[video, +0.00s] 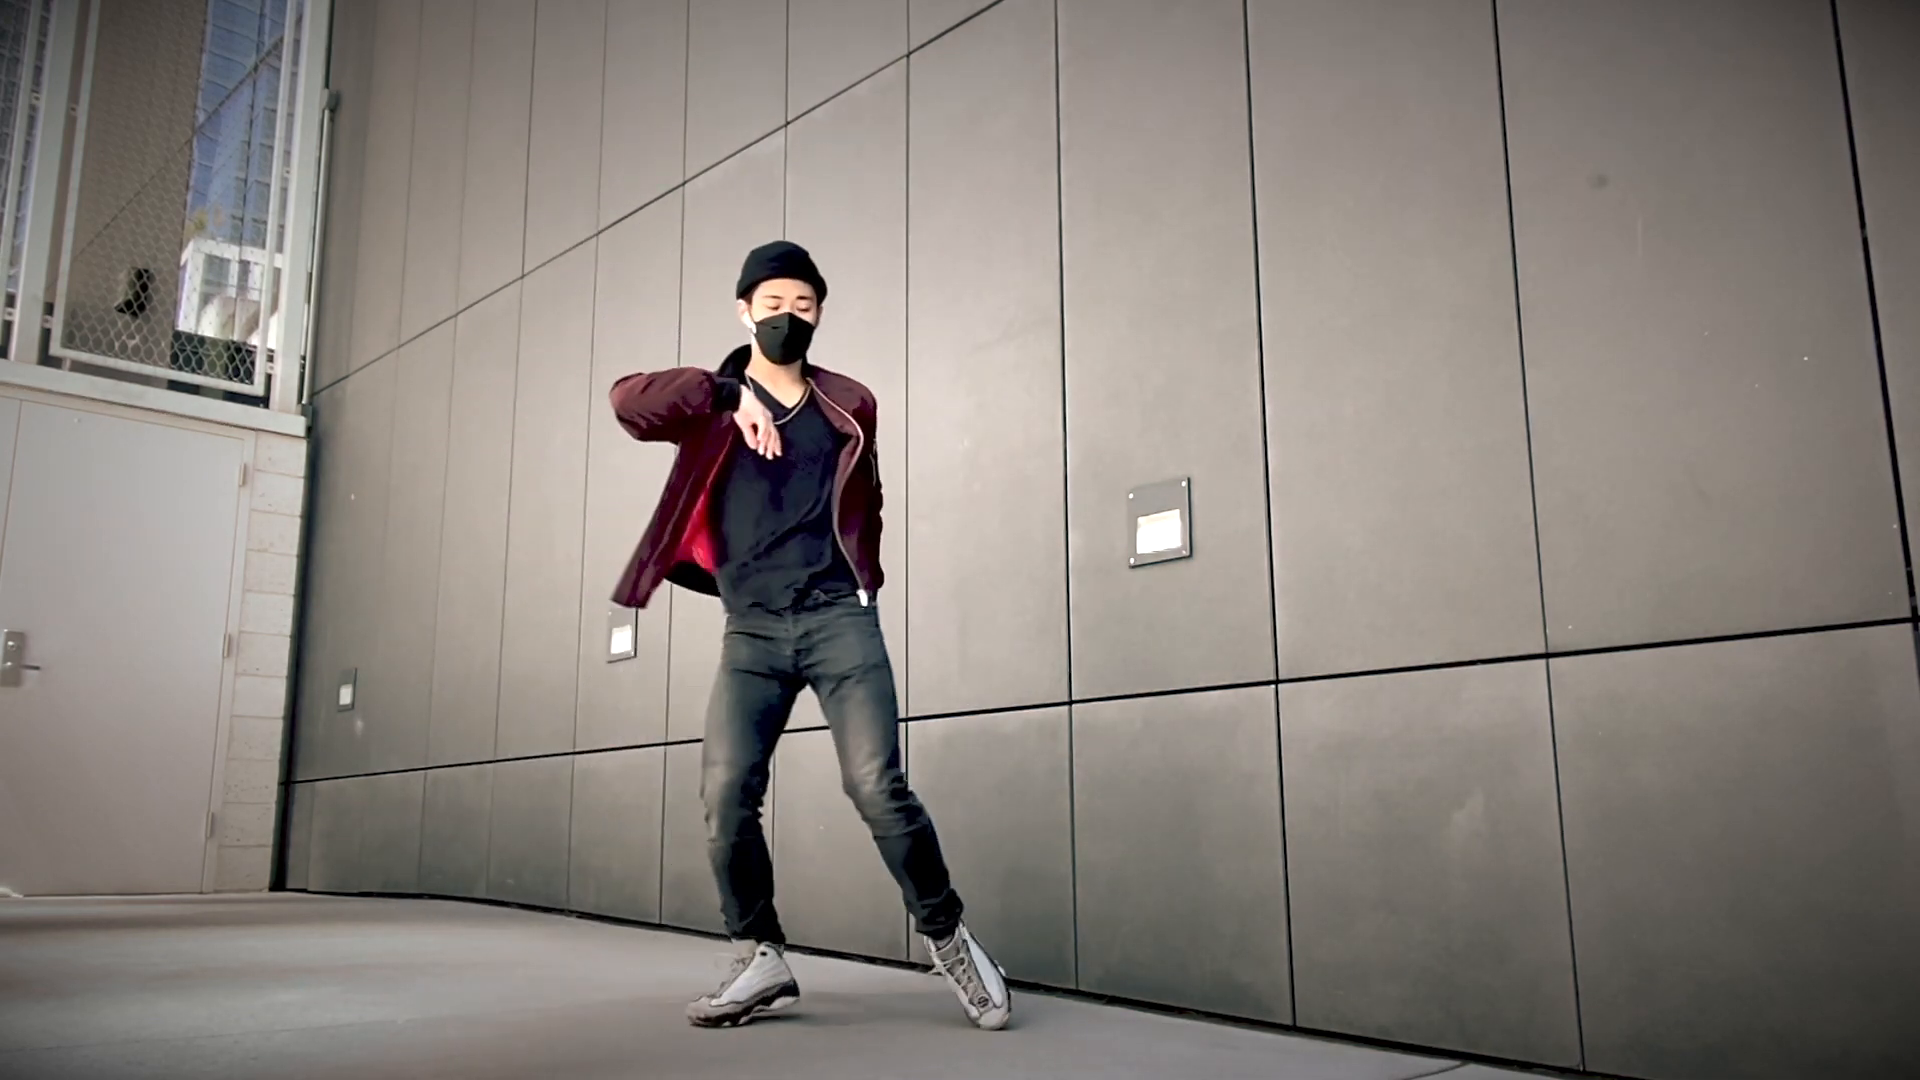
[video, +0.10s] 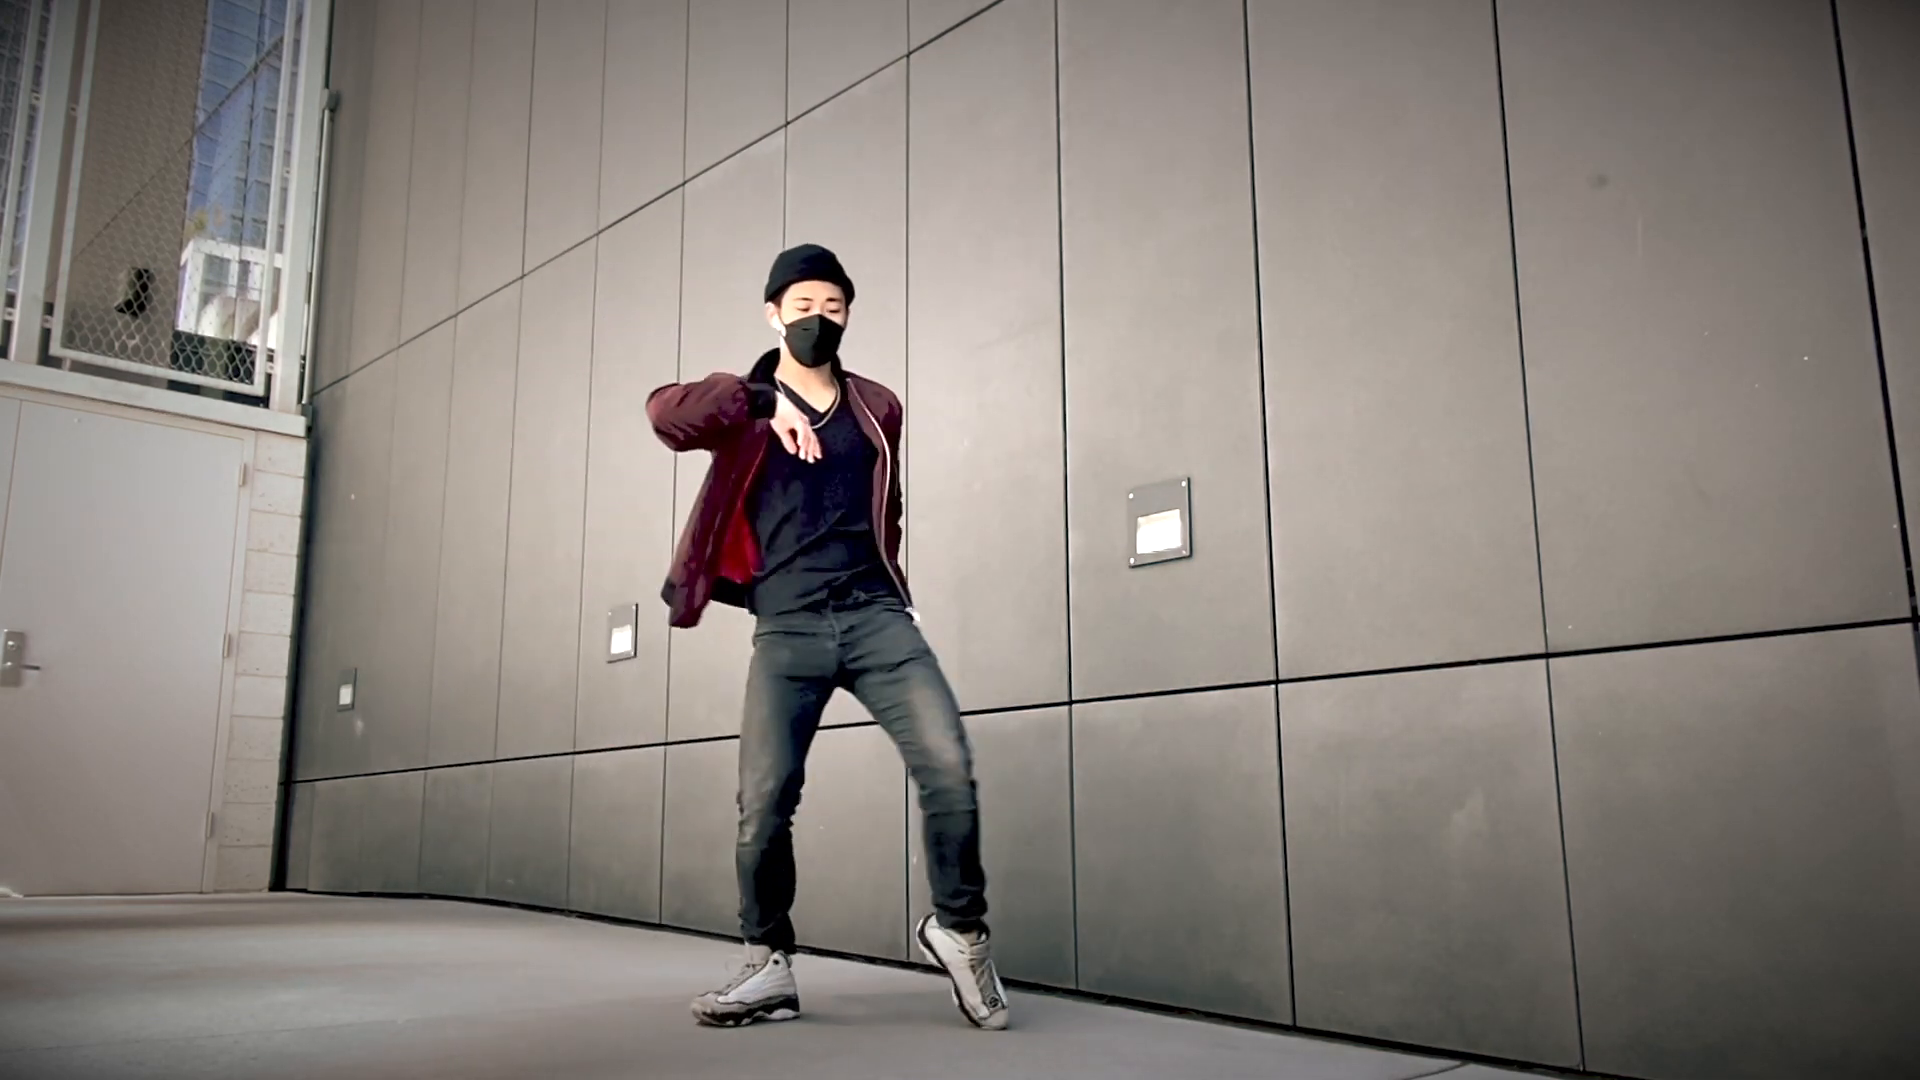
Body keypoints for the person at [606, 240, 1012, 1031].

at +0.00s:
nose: (788, 311)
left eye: (802, 301)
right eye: (772, 299)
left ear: (819, 314)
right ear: (746, 310)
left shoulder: (850, 403)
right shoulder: (712, 395)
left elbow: (865, 509)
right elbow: (628, 403)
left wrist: (861, 593)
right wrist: (725, 393)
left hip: (840, 617)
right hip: (750, 626)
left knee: (875, 785)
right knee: (725, 790)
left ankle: (949, 941)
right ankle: (763, 956)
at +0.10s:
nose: (820, 311)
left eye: (833, 302)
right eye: (804, 301)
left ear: (849, 315)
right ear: (774, 315)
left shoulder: (878, 407)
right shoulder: (741, 401)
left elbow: (881, 513)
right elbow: (664, 415)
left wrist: (889, 592)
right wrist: (760, 398)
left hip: (875, 615)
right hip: (786, 627)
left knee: (950, 768)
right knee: (762, 801)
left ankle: (959, 933)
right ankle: (770, 962)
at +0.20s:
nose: (849, 311)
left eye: (861, 303)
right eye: (833, 300)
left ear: (874, 317)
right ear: (800, 314)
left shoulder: (901, 405)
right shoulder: (768, 399)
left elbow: (907, 513)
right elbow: (698, 428)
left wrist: (923, 607)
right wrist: (788, 405)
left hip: (910, 613)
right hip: (823, 619)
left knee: (1010, 752)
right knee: (791, 797)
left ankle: (977, 926)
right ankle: (774, 961)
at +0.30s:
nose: (875, 315)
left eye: (886, 306)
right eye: (859, 304)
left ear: (897, 317)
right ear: (825, 314)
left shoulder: (922, 407)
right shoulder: (792, 398)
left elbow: (933, 510)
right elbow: (724, 443)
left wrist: (959, 604)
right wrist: (820, 420)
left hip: (937, 607)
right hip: (855, 611)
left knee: (1032, 756)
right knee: (827, 795)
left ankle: (985, 927)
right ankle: (777, 958)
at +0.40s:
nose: (901, 315)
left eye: (911, 306)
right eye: (885, 304)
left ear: (920, 317)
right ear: (848, 314)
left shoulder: (937, 409)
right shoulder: (814, 391)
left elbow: (950, 511)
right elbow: (741, 448)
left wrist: (967, 598)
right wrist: (844, 443)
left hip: (950, 605)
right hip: (876, 611)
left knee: (1032, 762)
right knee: (855, 794)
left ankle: (980, 928)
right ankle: (787, 954)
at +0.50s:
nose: (924, 312)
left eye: (933, 304)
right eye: (907, 301)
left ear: (941, 319)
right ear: (869, 313)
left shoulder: (951, 405)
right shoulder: (836, 385)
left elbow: (966, 502)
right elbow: (756, 446)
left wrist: (969, 599)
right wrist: (839, 474)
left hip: (956, 614)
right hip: (885, 617)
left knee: (1022, 770)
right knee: (862, 793)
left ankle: (963, 932)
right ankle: (790, 954)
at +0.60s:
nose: (949, 314)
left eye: (957, 306)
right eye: (933, 301)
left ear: (960, 319)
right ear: (891, 309)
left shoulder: (960, 405)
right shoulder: (858, 373)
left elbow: (969, 499)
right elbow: (775, 439)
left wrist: (960, 587)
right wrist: (809, 502)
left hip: (950, 619)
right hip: (883, 618)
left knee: (992, 780)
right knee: (854, 792)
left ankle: (935, 942)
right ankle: (787, 953)